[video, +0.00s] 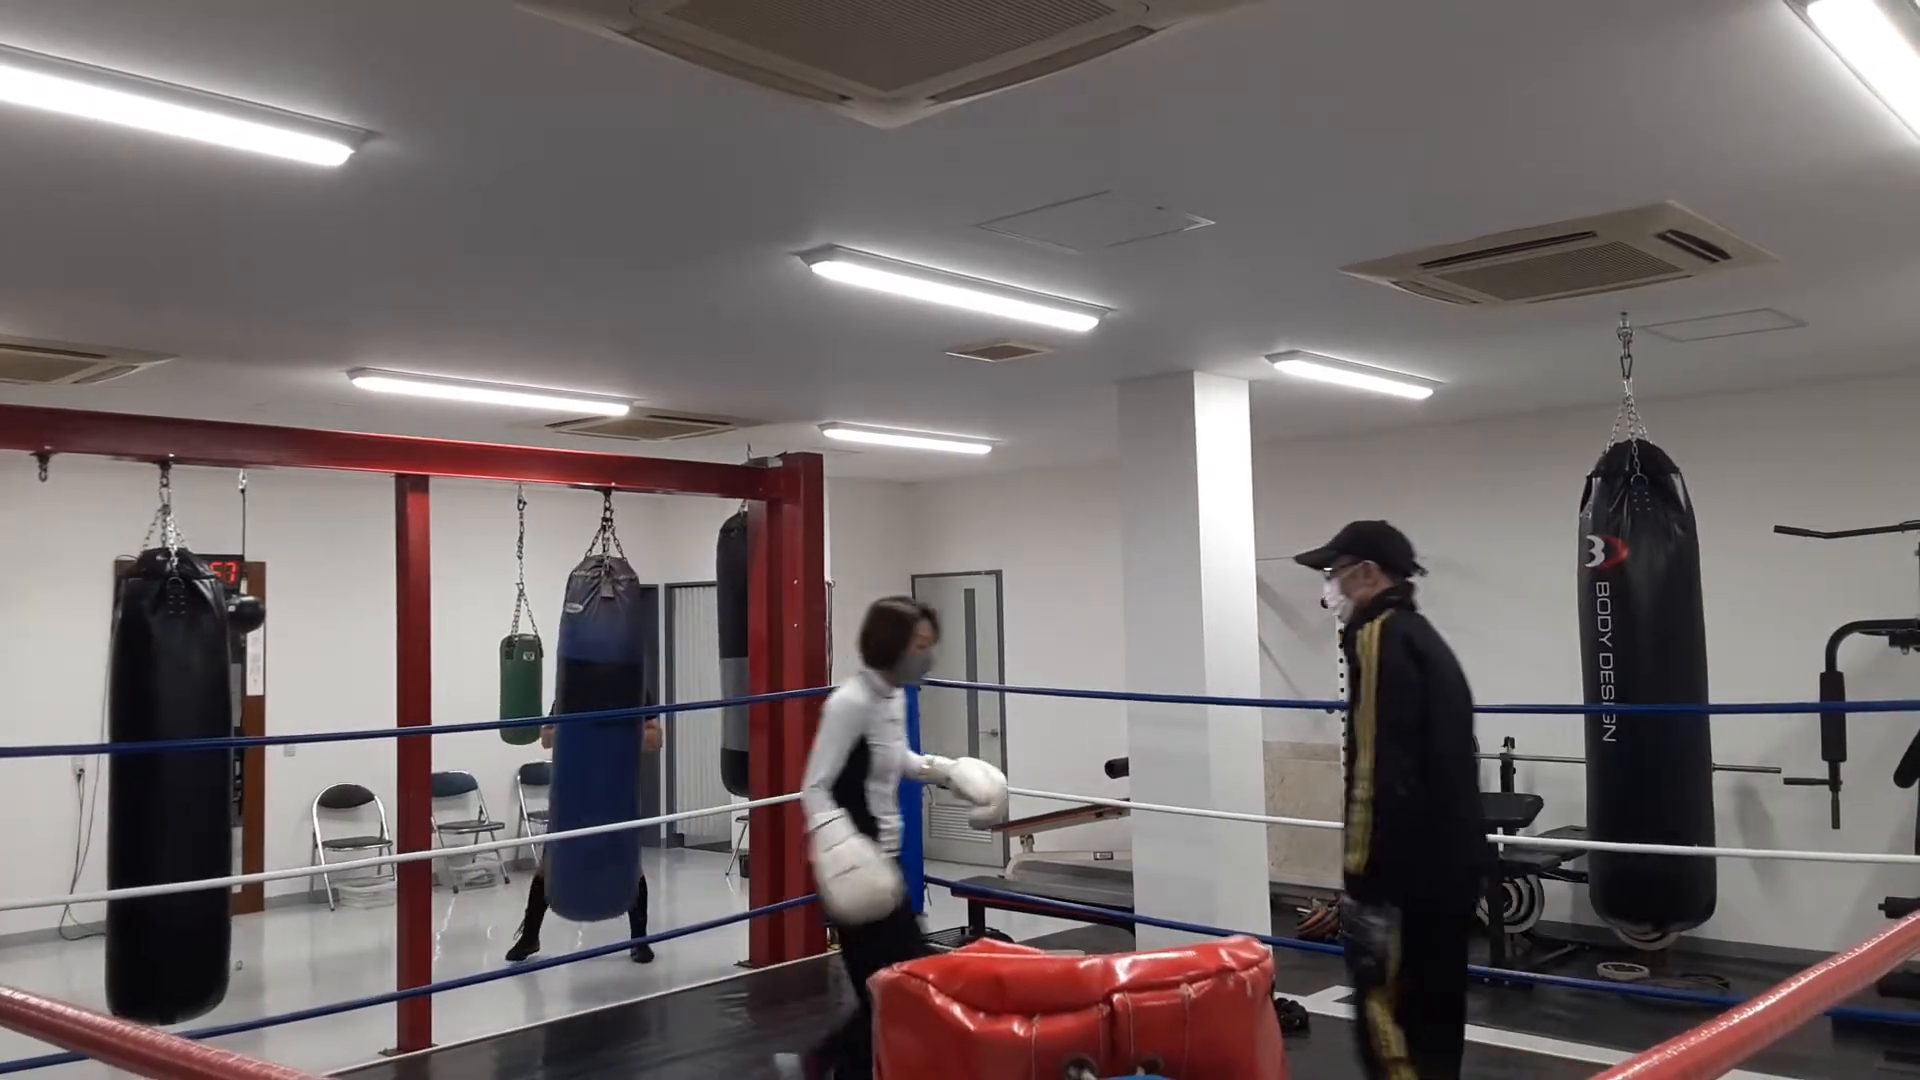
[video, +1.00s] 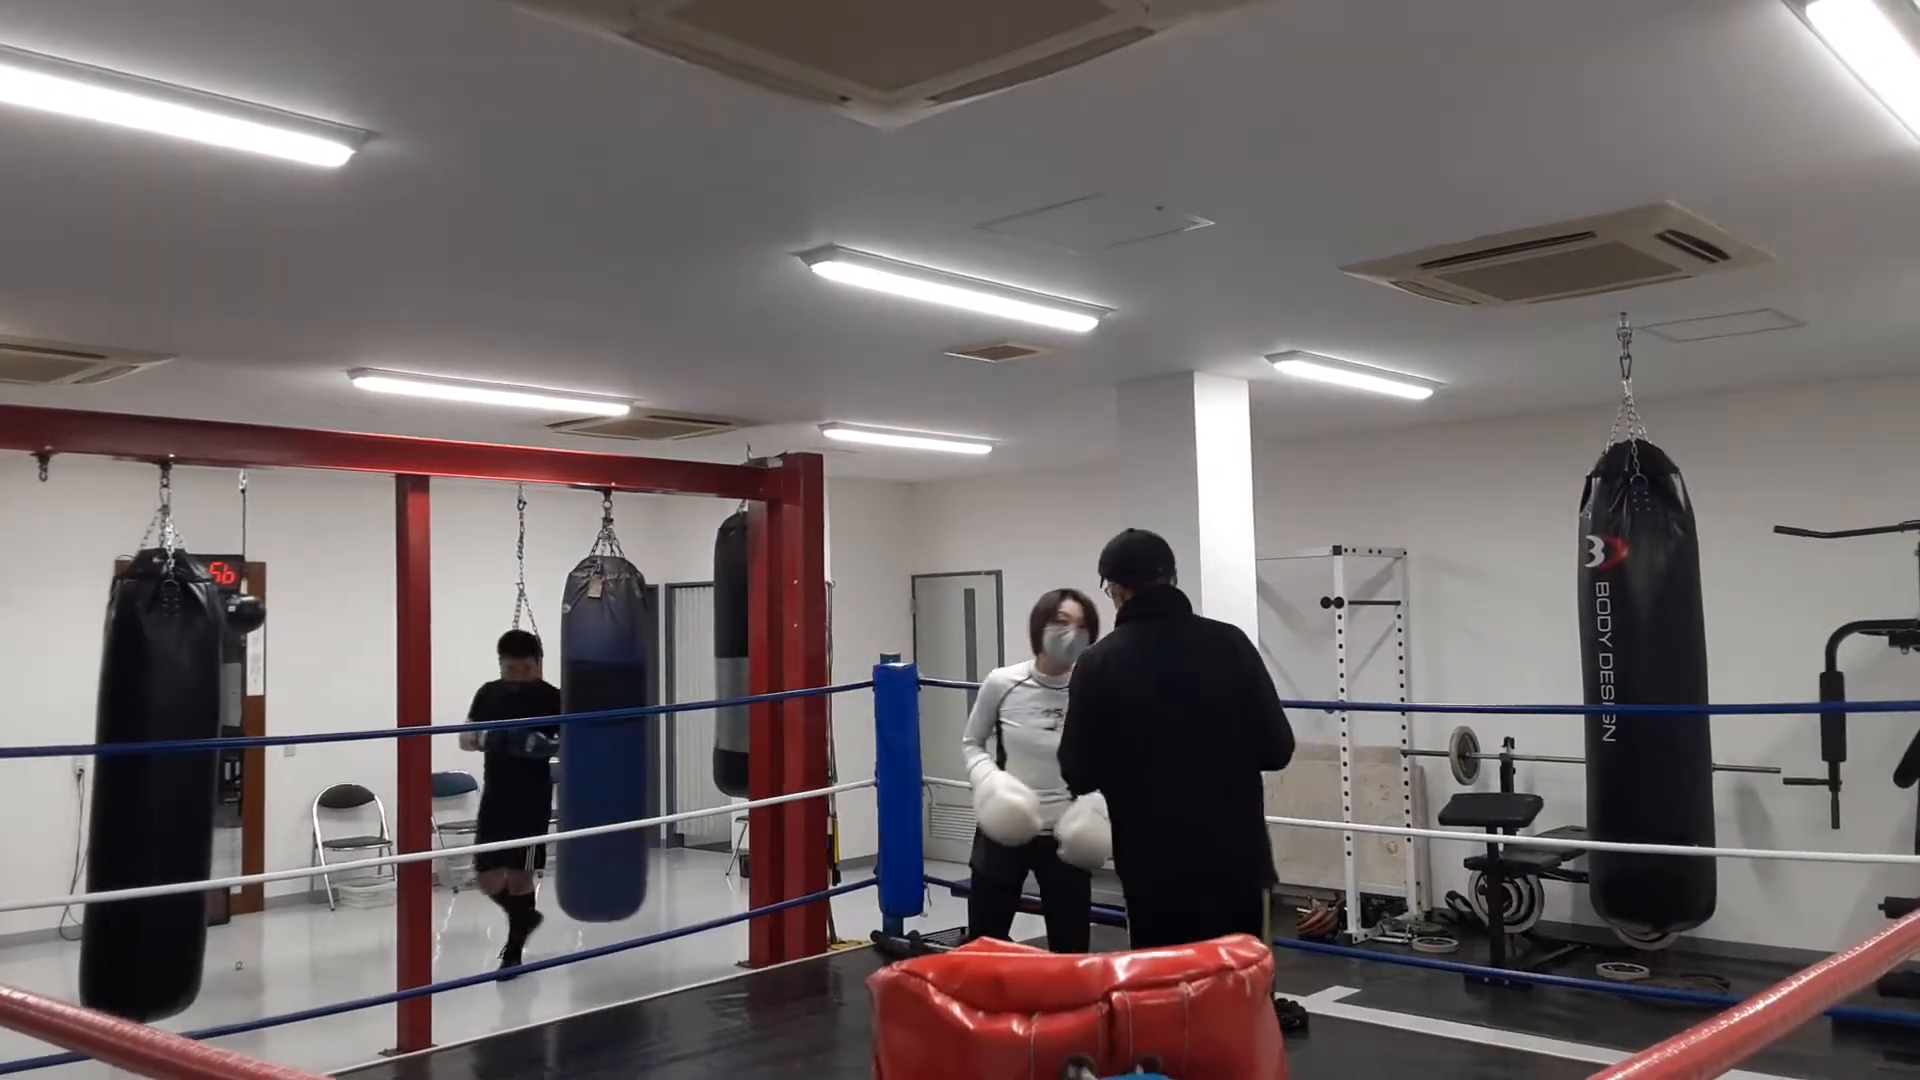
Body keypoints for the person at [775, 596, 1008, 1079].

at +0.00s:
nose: (929, 656)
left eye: (931, 646)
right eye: (922, 646)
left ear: (915, 646)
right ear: (894, 647)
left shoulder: (894, 695)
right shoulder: (850, 701)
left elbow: (895, 759)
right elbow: (815, 791)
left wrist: (949, 772)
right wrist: (852, 859)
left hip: (886, 859)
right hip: (857, 865)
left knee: (889, 988)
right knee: (906, 979)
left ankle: (847, 1065)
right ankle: (821, 1061)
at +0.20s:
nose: (989, 653)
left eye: (992, 644)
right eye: (982, 643)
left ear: (988, 647)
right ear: (954, 643)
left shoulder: (965, 695)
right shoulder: (915, 695)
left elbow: (959, 767)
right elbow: (889, 781)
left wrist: (1008, 776)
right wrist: (946, 807)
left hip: (948, 858)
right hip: (909, 860)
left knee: (999, 962)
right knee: (912, 979)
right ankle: (866, 1070)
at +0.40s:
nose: (1066, 666)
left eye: (1068, 657)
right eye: (1056, 656)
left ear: (1071, 658)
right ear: (1028, 657)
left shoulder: (1053, 713)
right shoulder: (984, 709)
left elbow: (1053, 789)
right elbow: (956, 788)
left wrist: (1103, 775)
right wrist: (1012, 774)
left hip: (1020, 863)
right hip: (969, 866)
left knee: (1066, 956)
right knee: (954, 971)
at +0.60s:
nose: (1104, 654)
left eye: (1111, 646)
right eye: (1094, 642)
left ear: (1118, 650)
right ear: (1068, 641)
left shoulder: (1102, 703)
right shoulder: (1021, 688)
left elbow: (1109, 779)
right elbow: (992, 770)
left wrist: (1100, 758)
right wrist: (1027, 746)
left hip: (1051, 848)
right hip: (995, 844)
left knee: (1078, 962)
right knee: (962, 959)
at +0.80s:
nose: (1100, 642)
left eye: (1109, 634)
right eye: (1091, 629)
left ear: (1117, 641)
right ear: (1069, 630)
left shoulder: (1110, 693)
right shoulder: (1023, 681)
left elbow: (1123, 769)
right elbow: (982, 751)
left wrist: (1086, 798)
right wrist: (1021, 770)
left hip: (1066, 842)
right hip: (1005, 837)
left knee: (1077, 958)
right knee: (980, 951)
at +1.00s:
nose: (1067, 631)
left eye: (1078, 626)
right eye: (1058, 621)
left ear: (1090, 639)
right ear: (1039, 627)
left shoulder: (1093, 690)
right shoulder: (1002, 683)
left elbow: (1115, 758)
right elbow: (973, 744)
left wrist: (1096, 807)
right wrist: (991, 784)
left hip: (1068, 839)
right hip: (1004, 835)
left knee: (1071, 956)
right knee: (984, 949)